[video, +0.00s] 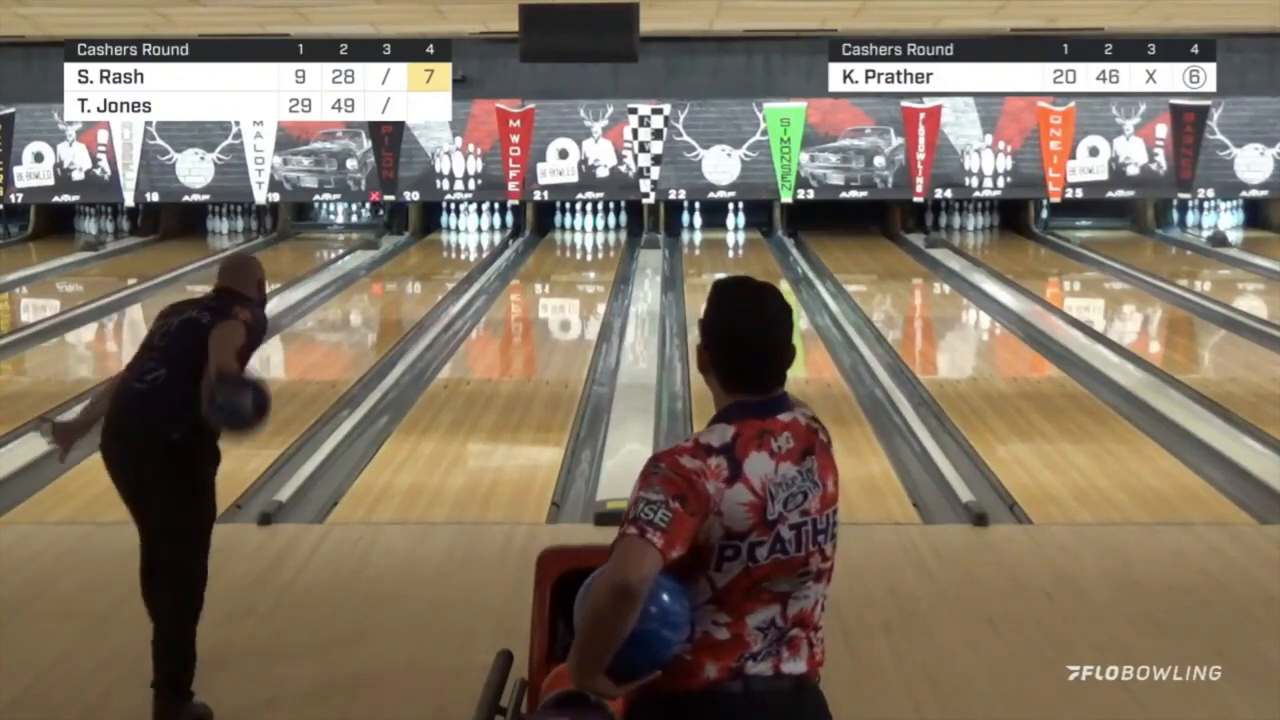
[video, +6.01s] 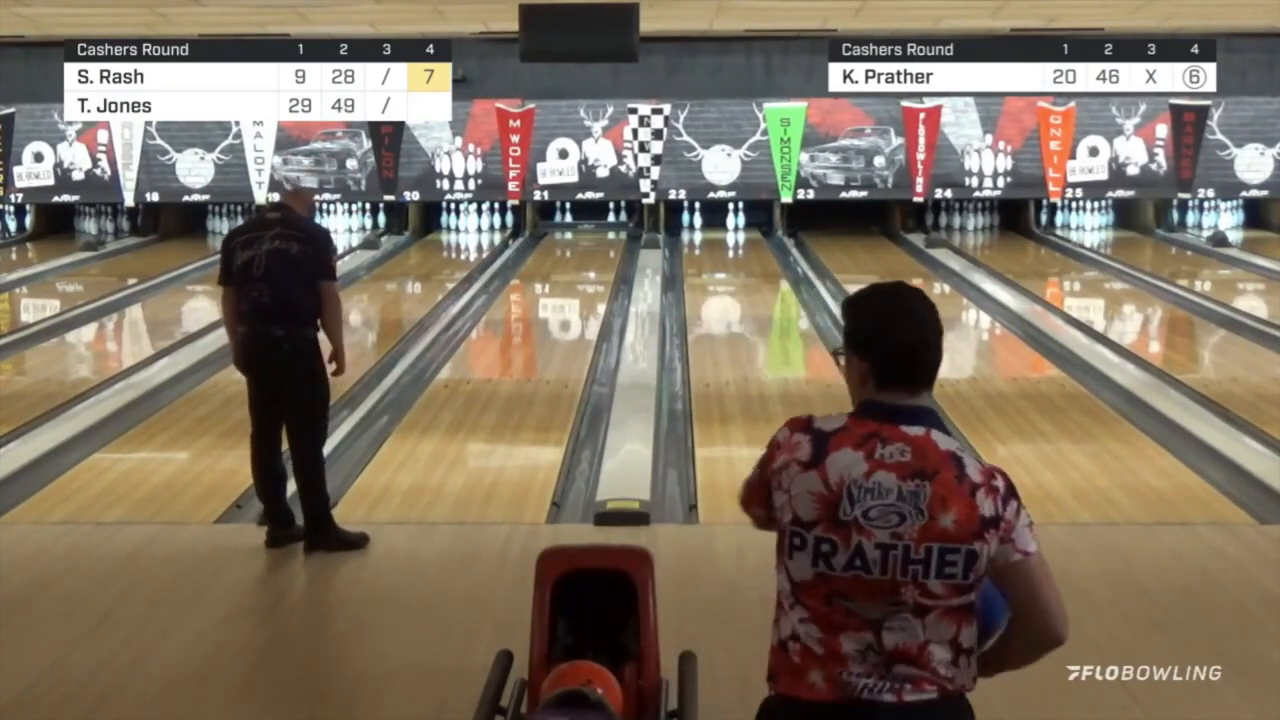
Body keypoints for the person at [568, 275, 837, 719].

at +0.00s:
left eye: (699, 338)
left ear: (702, 357)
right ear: (791, 356)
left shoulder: (686, 467)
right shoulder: (813, 436)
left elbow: (627, 580)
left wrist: (584, 671)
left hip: (696, 695)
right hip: (796, 690)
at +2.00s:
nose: (680, 363)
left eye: (680, 353)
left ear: (688, 365)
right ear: (770, 354)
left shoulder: (687, 470)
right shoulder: (811, 453)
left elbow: (629, 586)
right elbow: (688, 469)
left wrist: (580, 676)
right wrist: (580, 450)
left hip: (691, 699)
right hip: (790, 695)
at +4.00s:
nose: (702, 354)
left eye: (703, 343)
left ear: (710, 359)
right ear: (794, 358)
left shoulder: (709, 469)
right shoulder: (823, 452)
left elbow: (661, 587)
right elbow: (675, 519)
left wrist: (601, 681)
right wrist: (579, 560)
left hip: (708, 698)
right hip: (803, 693)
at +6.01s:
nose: (844, 366)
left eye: (845, 356)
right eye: (846, 354)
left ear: (855, 365)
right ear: (935, 363)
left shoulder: (800, 448)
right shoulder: (985, 486)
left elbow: (758, 508)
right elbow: (1045, 625)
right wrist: (971, 664)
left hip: (805, 700)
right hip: (933, 706)